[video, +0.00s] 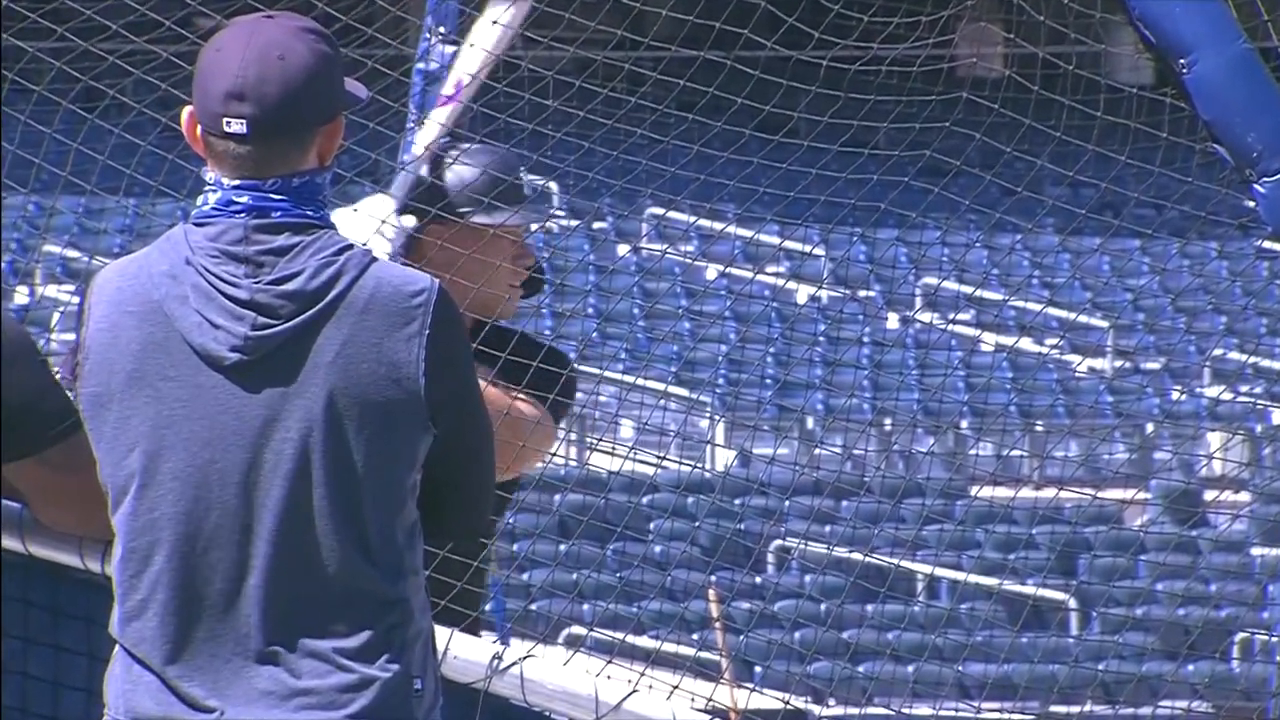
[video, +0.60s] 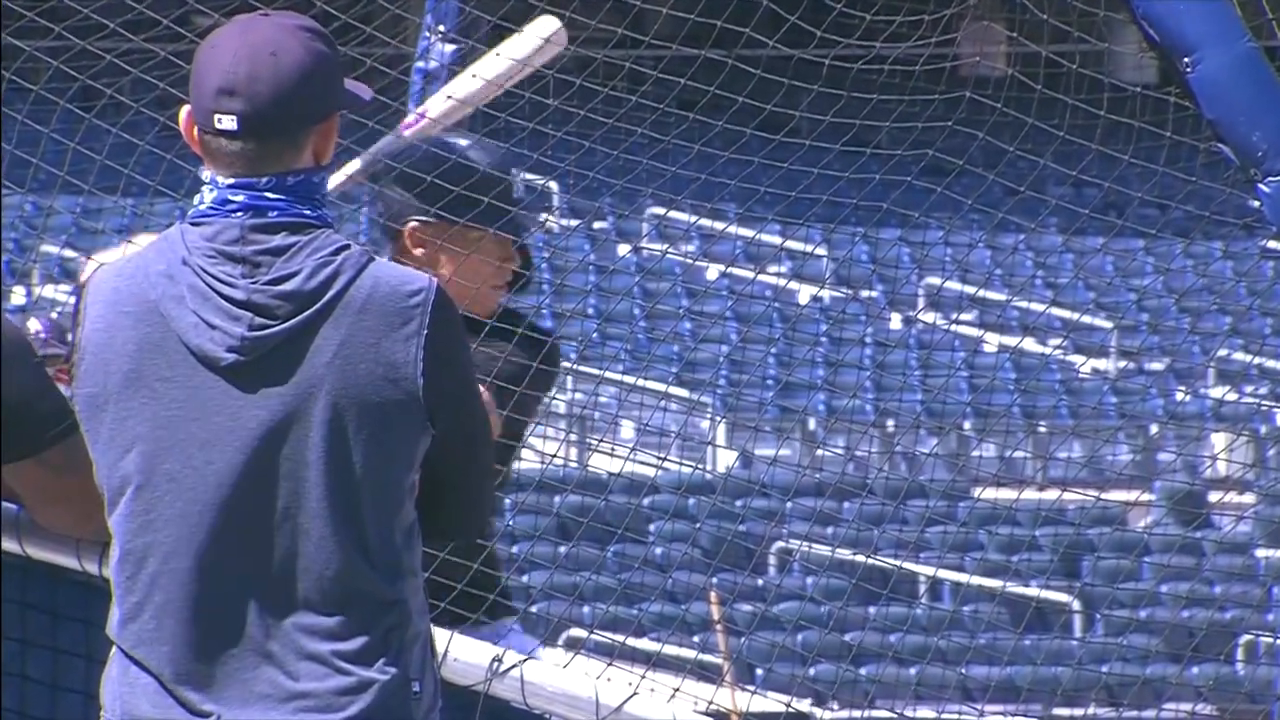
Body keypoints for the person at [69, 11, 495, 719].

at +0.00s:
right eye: (342, 122)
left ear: (191, 135)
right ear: (332, 142)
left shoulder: (112, 297)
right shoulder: (412, 309)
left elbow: (122, 478)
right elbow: (459, 508)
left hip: (150, 698)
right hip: (355, 699)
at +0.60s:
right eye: (340, 126)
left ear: (188, 134)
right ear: (328, 141)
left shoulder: (109, 294)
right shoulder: (411, 309)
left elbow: (123, 477)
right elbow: (461, 506)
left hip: (150, 699)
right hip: (352, 697)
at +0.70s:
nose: (339, 137)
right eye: (339, 125)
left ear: (188, 134)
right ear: (327, 140)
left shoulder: (108, 297)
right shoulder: (407, 306)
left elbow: (125, 479)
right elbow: (457, 509)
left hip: (148, 699)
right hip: (351, 698)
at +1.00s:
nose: (340, 133)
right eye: (340, 122)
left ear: (186, 134)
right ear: (324, 139)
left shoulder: (106, 298)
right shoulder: (408, 308)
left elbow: (121, 482)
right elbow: (458, 510)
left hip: (148, 700)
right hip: (351, 698)